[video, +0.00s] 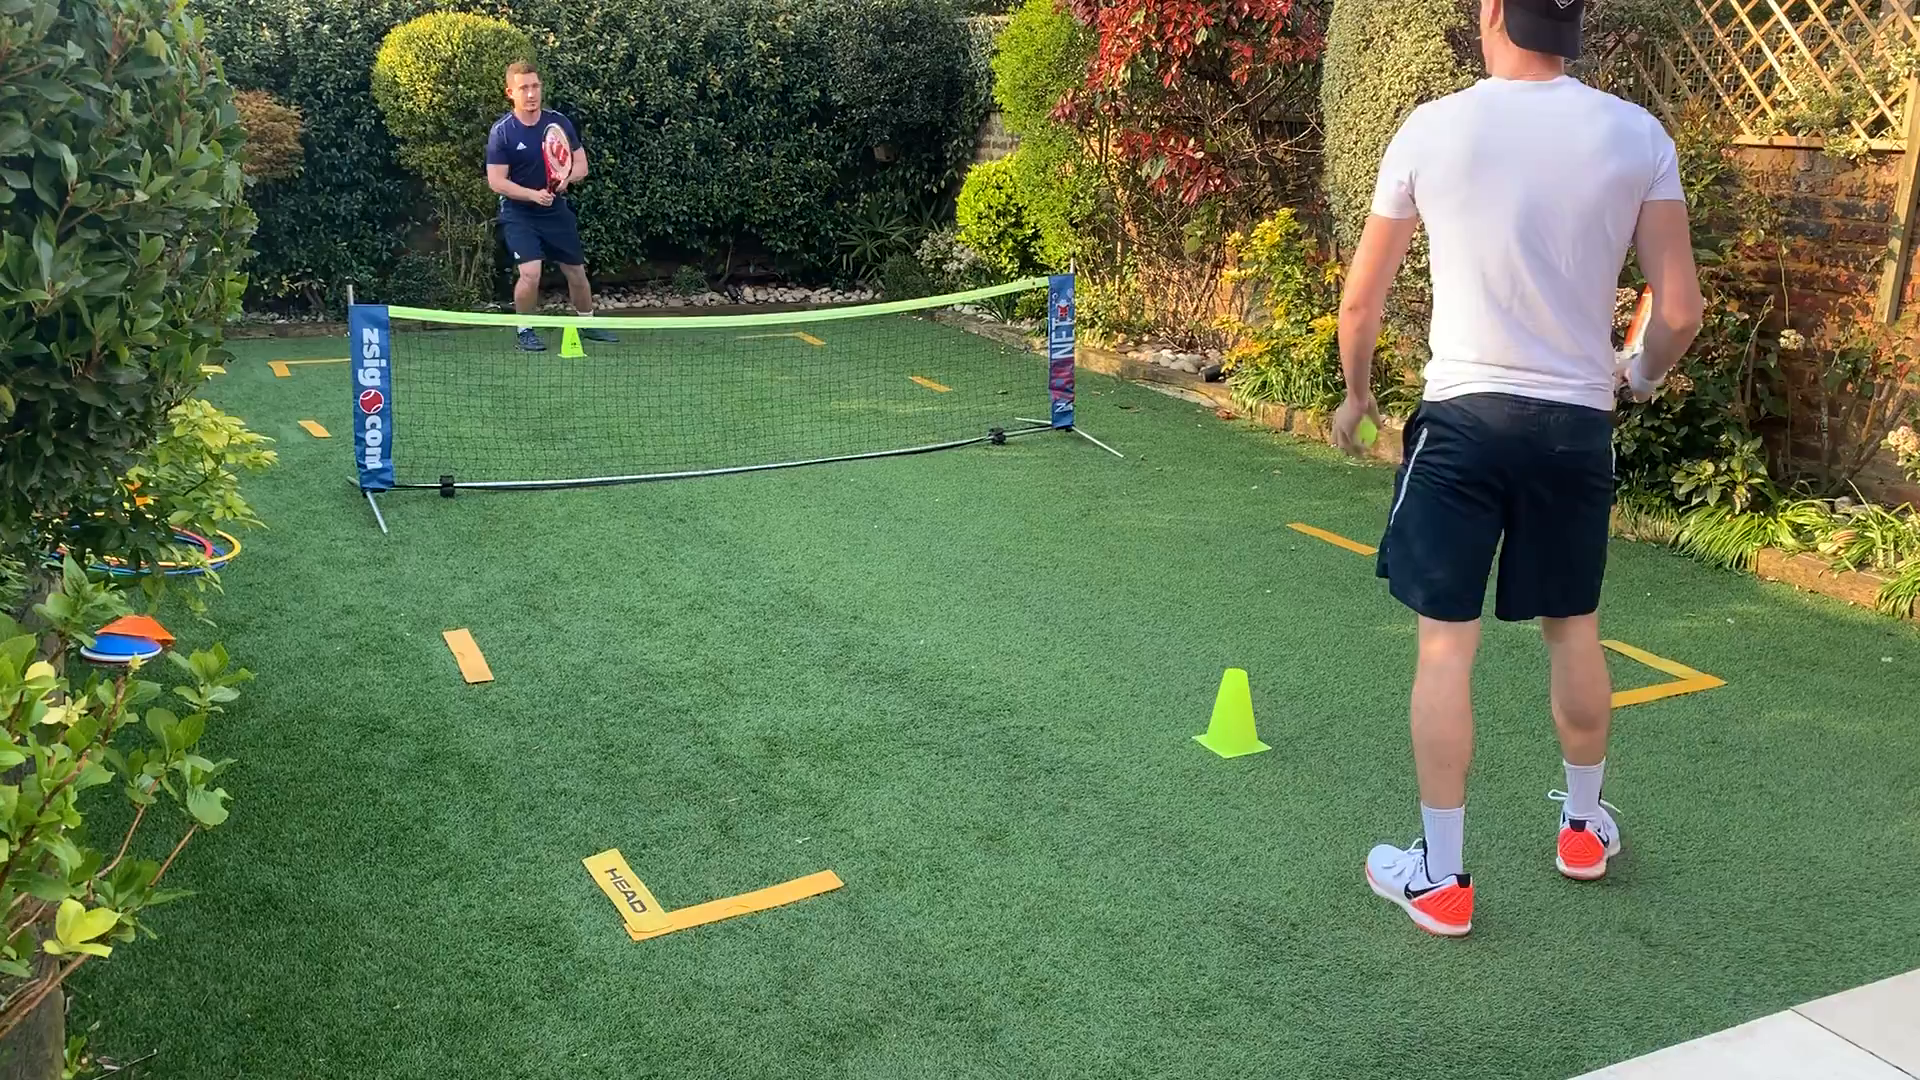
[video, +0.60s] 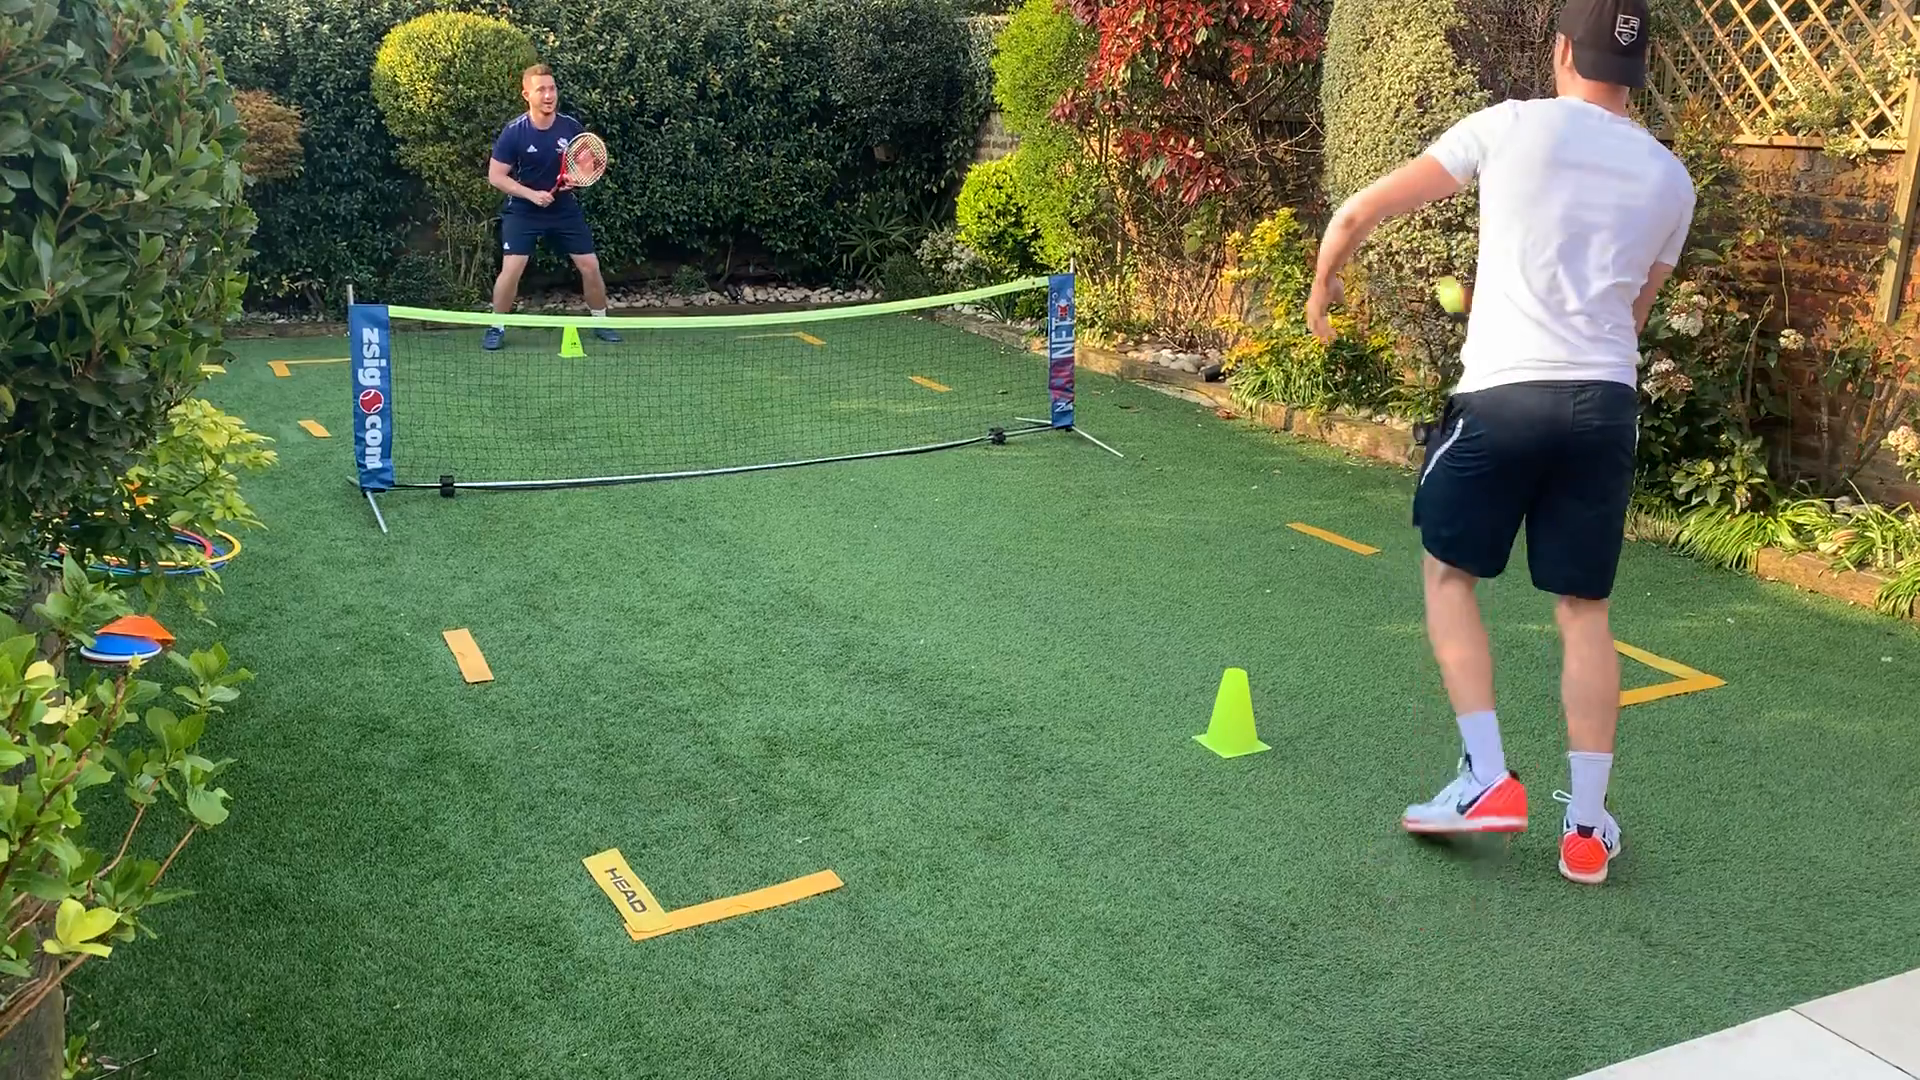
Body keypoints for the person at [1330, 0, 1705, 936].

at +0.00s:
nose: (1480, 23)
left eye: (1481, 13)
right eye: (1491, 15)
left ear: (1492, 19)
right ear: (1574, 32)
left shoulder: (1434, 126)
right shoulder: (1636, 135)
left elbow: (1362, 295)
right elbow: (1679, 311)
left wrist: (1354, 393)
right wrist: (1637, 373)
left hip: (1462, 417)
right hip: (1576, 427)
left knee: (1445, 643)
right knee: (1573, 623)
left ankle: (1442, 874)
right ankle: (1585, 823)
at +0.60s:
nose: (1551, 62)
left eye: (1554, 49)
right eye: (1562, 49)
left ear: (1564, 55)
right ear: (1640, 71)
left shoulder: (1508, 128)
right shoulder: (1672, 181)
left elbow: (1364, 211)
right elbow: (1636, 305)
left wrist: (1322, 282)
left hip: (1503, 400)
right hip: (1606, 412)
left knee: (1451, 575)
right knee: (1587, 610)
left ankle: (1487, 777)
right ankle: (1588, 824)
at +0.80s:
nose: (1489, 44)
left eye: (1491, 32)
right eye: (1494, 32)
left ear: (1504, 39)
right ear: (1572, 51)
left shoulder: (1472, 126)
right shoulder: (1612, 158)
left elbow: (1361, 206)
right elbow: (1597, 277)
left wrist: (1302, 298)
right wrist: (1481, 242)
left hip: (1483, 389)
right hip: (1578, 392)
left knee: (1451, 538)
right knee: (1566, 589)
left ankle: (1496, 701)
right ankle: (1591, 805)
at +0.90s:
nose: (1441, 57)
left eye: (1444, 43)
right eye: (1445, 42)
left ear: (1462, 50)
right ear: (1521, 52)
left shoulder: (1434, 139)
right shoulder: (1570, 155)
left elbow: (1367, 242)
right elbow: (1577, 299)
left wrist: (1314, 345)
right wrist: (1506, 317)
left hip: (1459, 391)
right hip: (1550, 387)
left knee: (1461, 553)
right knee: (1546, 556)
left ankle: (1498, 701)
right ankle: (1597, 709)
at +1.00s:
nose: (1393, 80)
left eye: (1396, 66)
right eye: (1393, 66)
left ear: (1420, 64)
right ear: (1466, 64)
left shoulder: (1407, 152)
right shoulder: (1528, 158)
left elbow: (1358, 272)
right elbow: (1570, 285)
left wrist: (1325, 373)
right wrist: (1517, 336)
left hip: (1436, 395)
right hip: (1513, 386)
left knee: (1433, 545)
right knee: (1478, 515)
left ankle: (1498, 702)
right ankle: (1570, 648)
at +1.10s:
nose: (1354, 77)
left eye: (1356, 62)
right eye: (1353, 62)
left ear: (1382, 56)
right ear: (1423, 58)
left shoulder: (1376, 133)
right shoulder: (1482, 146)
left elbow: (1342, 255)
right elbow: (1554, 261)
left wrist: (1319, 332)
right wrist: (1542, 348)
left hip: (1417, 378)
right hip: (1470, 362)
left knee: (1406, 534)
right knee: (1393, 491)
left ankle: (1498, 691)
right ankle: (1461, 624)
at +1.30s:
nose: (1276, 105)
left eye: (1279, 90)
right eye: (1277, 89)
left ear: (1301, 92)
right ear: (1339, 93)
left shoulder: (1315, 176)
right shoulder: (1387, 174)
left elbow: (1304, 299)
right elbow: (1454, 274)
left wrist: (1241, 334)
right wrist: (1481, 376)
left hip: (1343, 401)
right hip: (1381, 394)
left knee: (1209, 512)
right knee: (1280, 483)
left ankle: (1334, 599)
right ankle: (1322, 622)